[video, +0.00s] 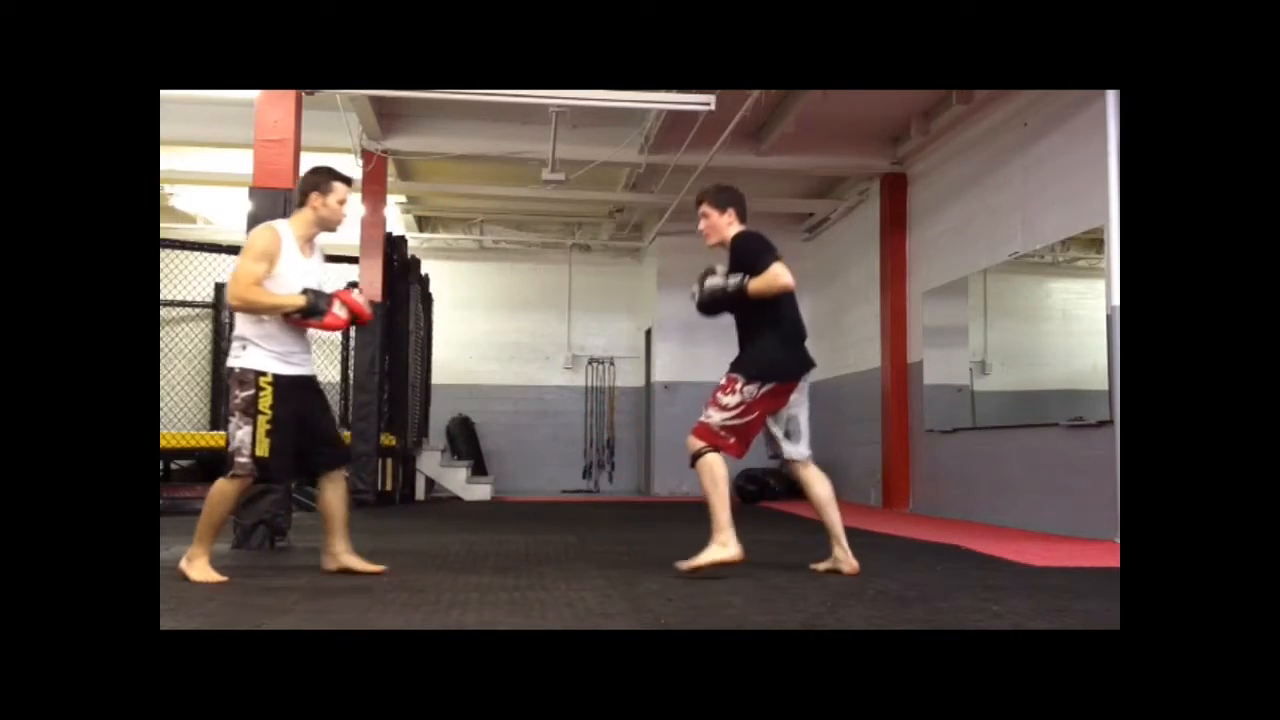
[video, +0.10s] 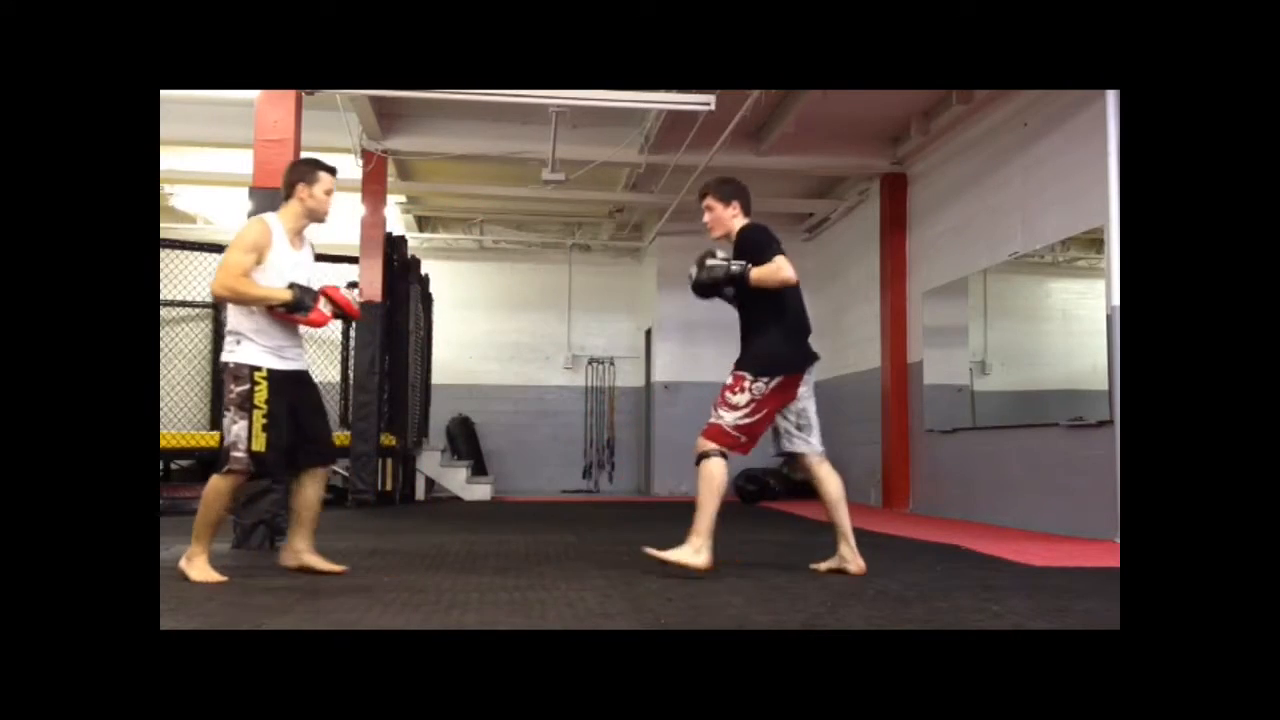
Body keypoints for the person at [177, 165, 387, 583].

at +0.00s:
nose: (345, 212)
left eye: (346, 204)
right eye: (341, 203)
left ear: (319, 203)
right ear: (315, 200)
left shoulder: (314, 252)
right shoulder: (267, 236)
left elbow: (295, 309)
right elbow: (239, 294)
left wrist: (336, 308)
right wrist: (305, 302)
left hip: (298, 372)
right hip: (256, 368)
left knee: (332, 461)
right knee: (246, 468)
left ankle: (337, 551)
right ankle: (196, 555)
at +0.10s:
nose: (331, 201)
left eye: (332, 194)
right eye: (327, 192)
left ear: (307, 194)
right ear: (300, 190)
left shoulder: (303, 245)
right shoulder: (260, 229)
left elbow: (286, 303)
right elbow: (224, 284)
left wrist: (326, 303)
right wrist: (288, 297)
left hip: (291, 365)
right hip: (249, 363)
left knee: (317, 456)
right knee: (240, 462)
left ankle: (299, 548)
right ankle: (195, 555)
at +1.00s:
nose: (352, 195)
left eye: (351, 187)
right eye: (345, 186)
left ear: (325, 191)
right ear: (319, 188)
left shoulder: (327, 243)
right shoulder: (285, 228)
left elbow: (319, 290)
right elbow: (250, 282)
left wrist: (343, 298)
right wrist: (308, 299)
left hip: (319, 366)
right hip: (279, 363)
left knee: (353, 454)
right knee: (274, 464)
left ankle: (353, 546)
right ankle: (243, 561)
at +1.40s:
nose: (414, 208)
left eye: (414, 200)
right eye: (408, 199)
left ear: (391, 202)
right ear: (382, 200)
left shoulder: (389, 255)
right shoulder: (345, 236)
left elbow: (377, 302)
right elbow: (304, 282)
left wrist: (395, 308)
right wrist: (364, 304)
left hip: (367, 366)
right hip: (328, 361)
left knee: (390, 458)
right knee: (327, 456)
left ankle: (392, 554)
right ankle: (264, 547)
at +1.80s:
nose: (415, 204)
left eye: (415, 196)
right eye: (410, 196)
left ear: (392, 198)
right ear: (385, 196)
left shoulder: (392, 248)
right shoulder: (349, 232)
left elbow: (394, 299)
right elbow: (339, 278)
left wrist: (425, 285)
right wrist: (391, 269)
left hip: (374, 366)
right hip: (336, 363)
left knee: (393, 462)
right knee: (326, 465)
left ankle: (393, 554)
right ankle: (287, 561)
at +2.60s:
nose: (443, 204)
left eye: (442, 197)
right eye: (436, 196)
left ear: (419, 200)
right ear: (412, 198)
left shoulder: (421, 246)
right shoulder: (384, 237)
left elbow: (445, 290)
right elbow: (406, 280)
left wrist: (469, 265)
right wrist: (436, 236)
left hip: (418, 370)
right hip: (386, 367)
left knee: (449, 459)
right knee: (375, 462)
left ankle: (450, 551)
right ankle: (298, 545)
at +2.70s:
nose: (459, 209)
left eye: (458, 201)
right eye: (452, 200)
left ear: (426, 204)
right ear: (428, 202)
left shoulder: (414, 240)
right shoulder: (422, 233)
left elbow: (428, 300)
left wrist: (465, 277)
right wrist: (482, 223)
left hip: (415, 365)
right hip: (403, 364)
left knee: (442, 460)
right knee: (386, 460)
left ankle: (449, 551)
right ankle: (303, 540)